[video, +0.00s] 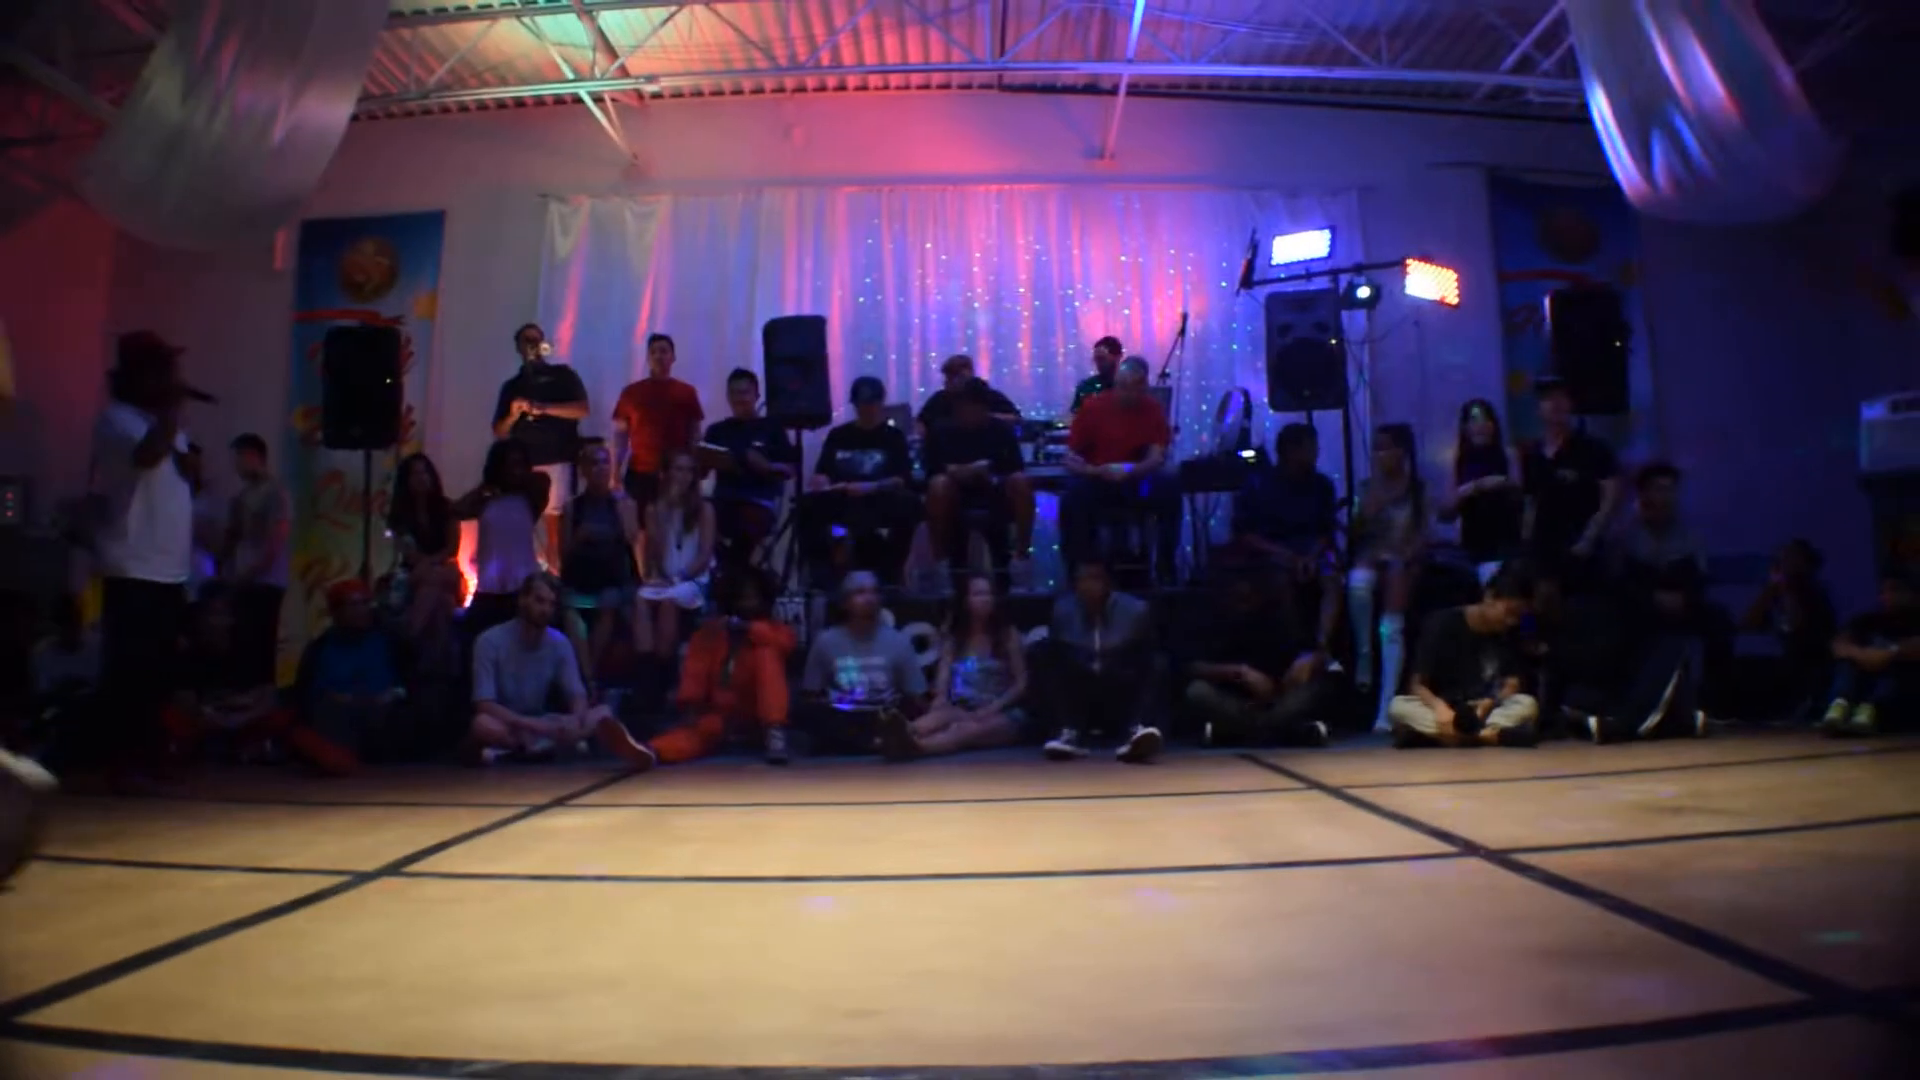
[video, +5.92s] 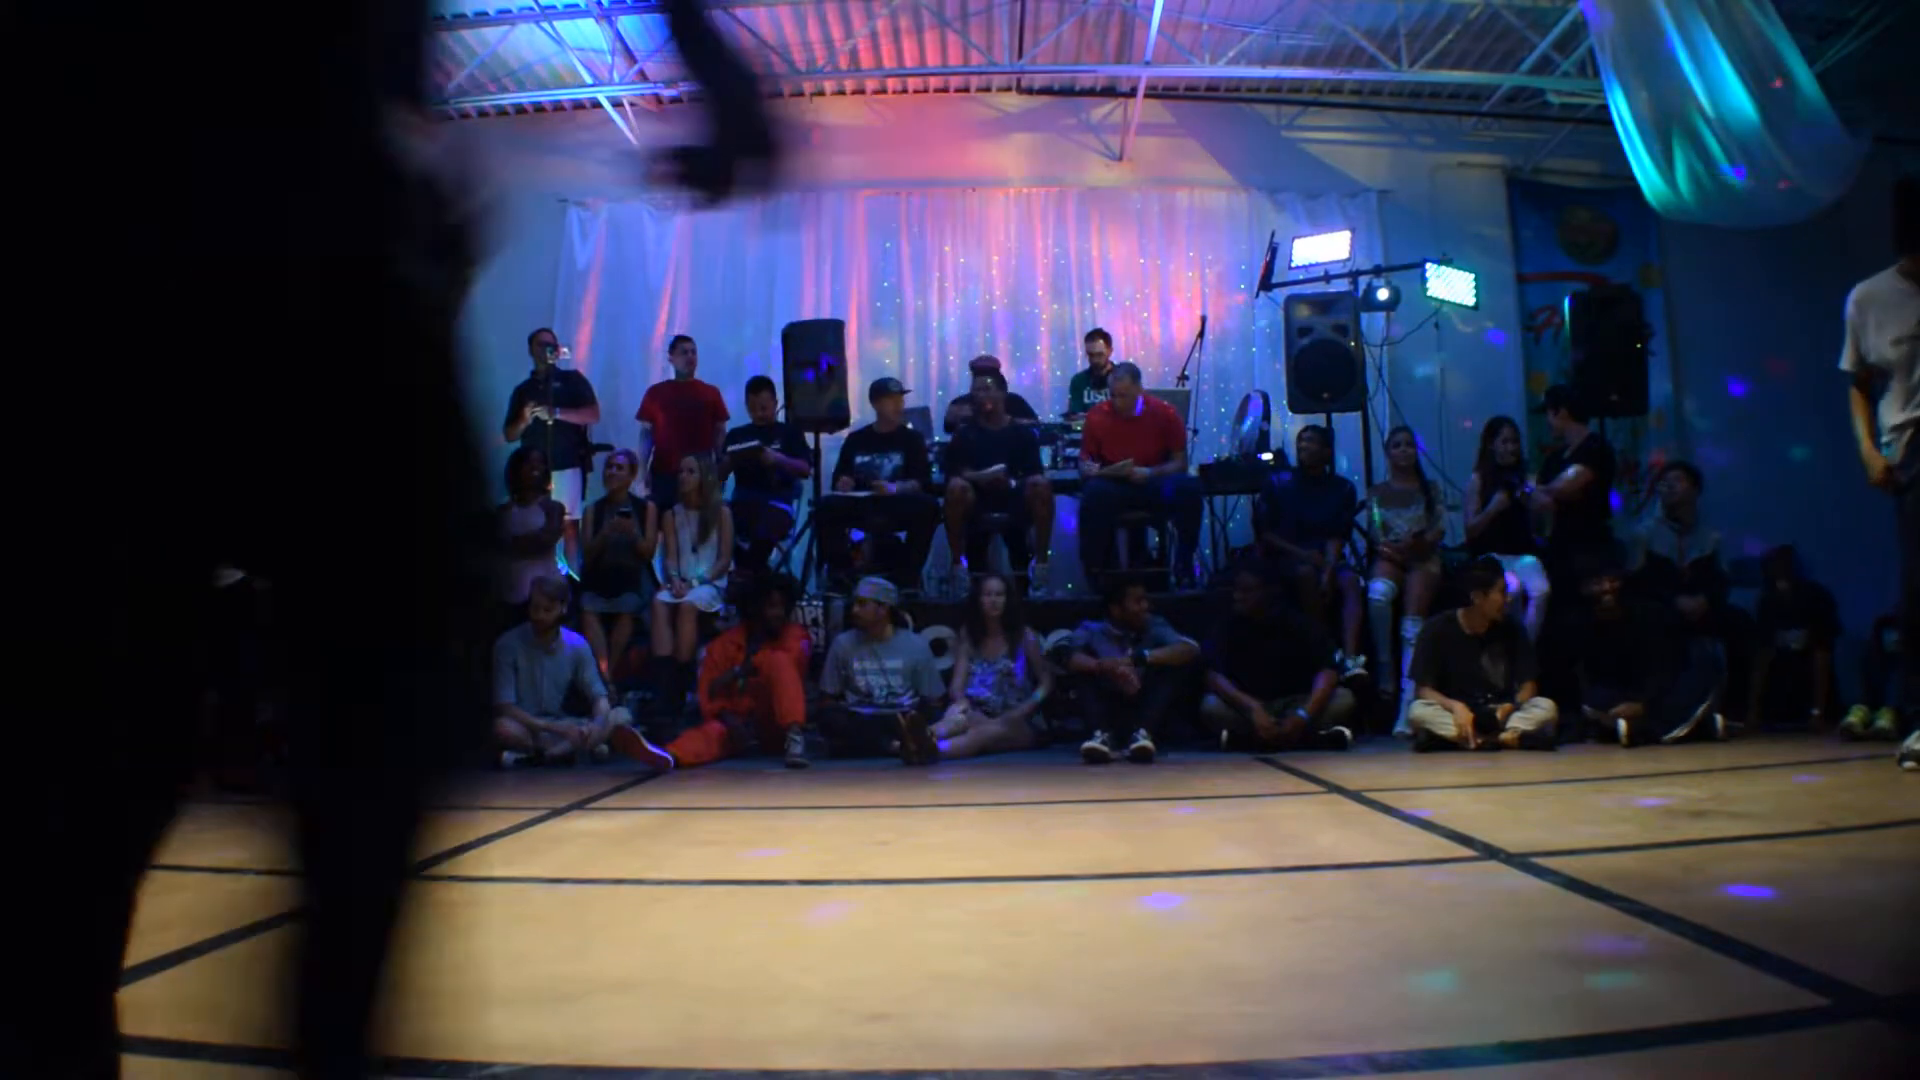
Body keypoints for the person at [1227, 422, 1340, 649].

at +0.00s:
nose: (1310, 457)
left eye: (1312, 450)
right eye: (1303, 450)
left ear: (1315, 451)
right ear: (1285, 452)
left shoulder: (1322, 485)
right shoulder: (1262, 484)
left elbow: (1327, 532)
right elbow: (1246, 534)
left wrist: (1313, 556)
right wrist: (1287, 557)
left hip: (1312, 556)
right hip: (1274, 556)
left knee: (1332, 580)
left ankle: (1322, 649)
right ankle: (1293, 650)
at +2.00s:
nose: (1329, 456)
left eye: (1330, 450)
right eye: (1322, 450)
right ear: (1303, 454)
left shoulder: (1340, 486)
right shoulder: (1278, 487)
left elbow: (1348, 533)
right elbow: (1262, 536)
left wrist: (1333, 560)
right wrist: (1300, 560)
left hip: (1330, 557)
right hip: (1292, 558)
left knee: (1353, 583)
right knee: (1299, 585)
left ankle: (1340, 657)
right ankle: (1311, 656)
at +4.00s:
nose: (1323, 455)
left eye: (1325, 449)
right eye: (1316, 449)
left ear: (1330, 453)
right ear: (1300, 454)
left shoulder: (1339, 488)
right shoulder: (1280, 487)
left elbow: (1347, 535)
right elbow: (1270, 538)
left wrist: (1332, 558)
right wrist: (1309, 561)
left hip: (1330, 557)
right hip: (1294, 557)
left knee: (1354, 580)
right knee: (1301, 584)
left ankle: (1351, 648)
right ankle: (1312, 654)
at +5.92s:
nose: (1304, 447)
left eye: (1311, 442)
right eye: (1301, 442)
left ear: (1326, 451)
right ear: (1296, 448)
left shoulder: (1342, 488)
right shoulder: (1280, 484)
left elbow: (1338, 535)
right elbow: (1266, 533)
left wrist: (1328, 572)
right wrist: (1304, 555)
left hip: (1327, 556)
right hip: (1291, 555)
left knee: (1350, 581)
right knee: (1307, 576)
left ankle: (1350, 655)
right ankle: (1320, 653)